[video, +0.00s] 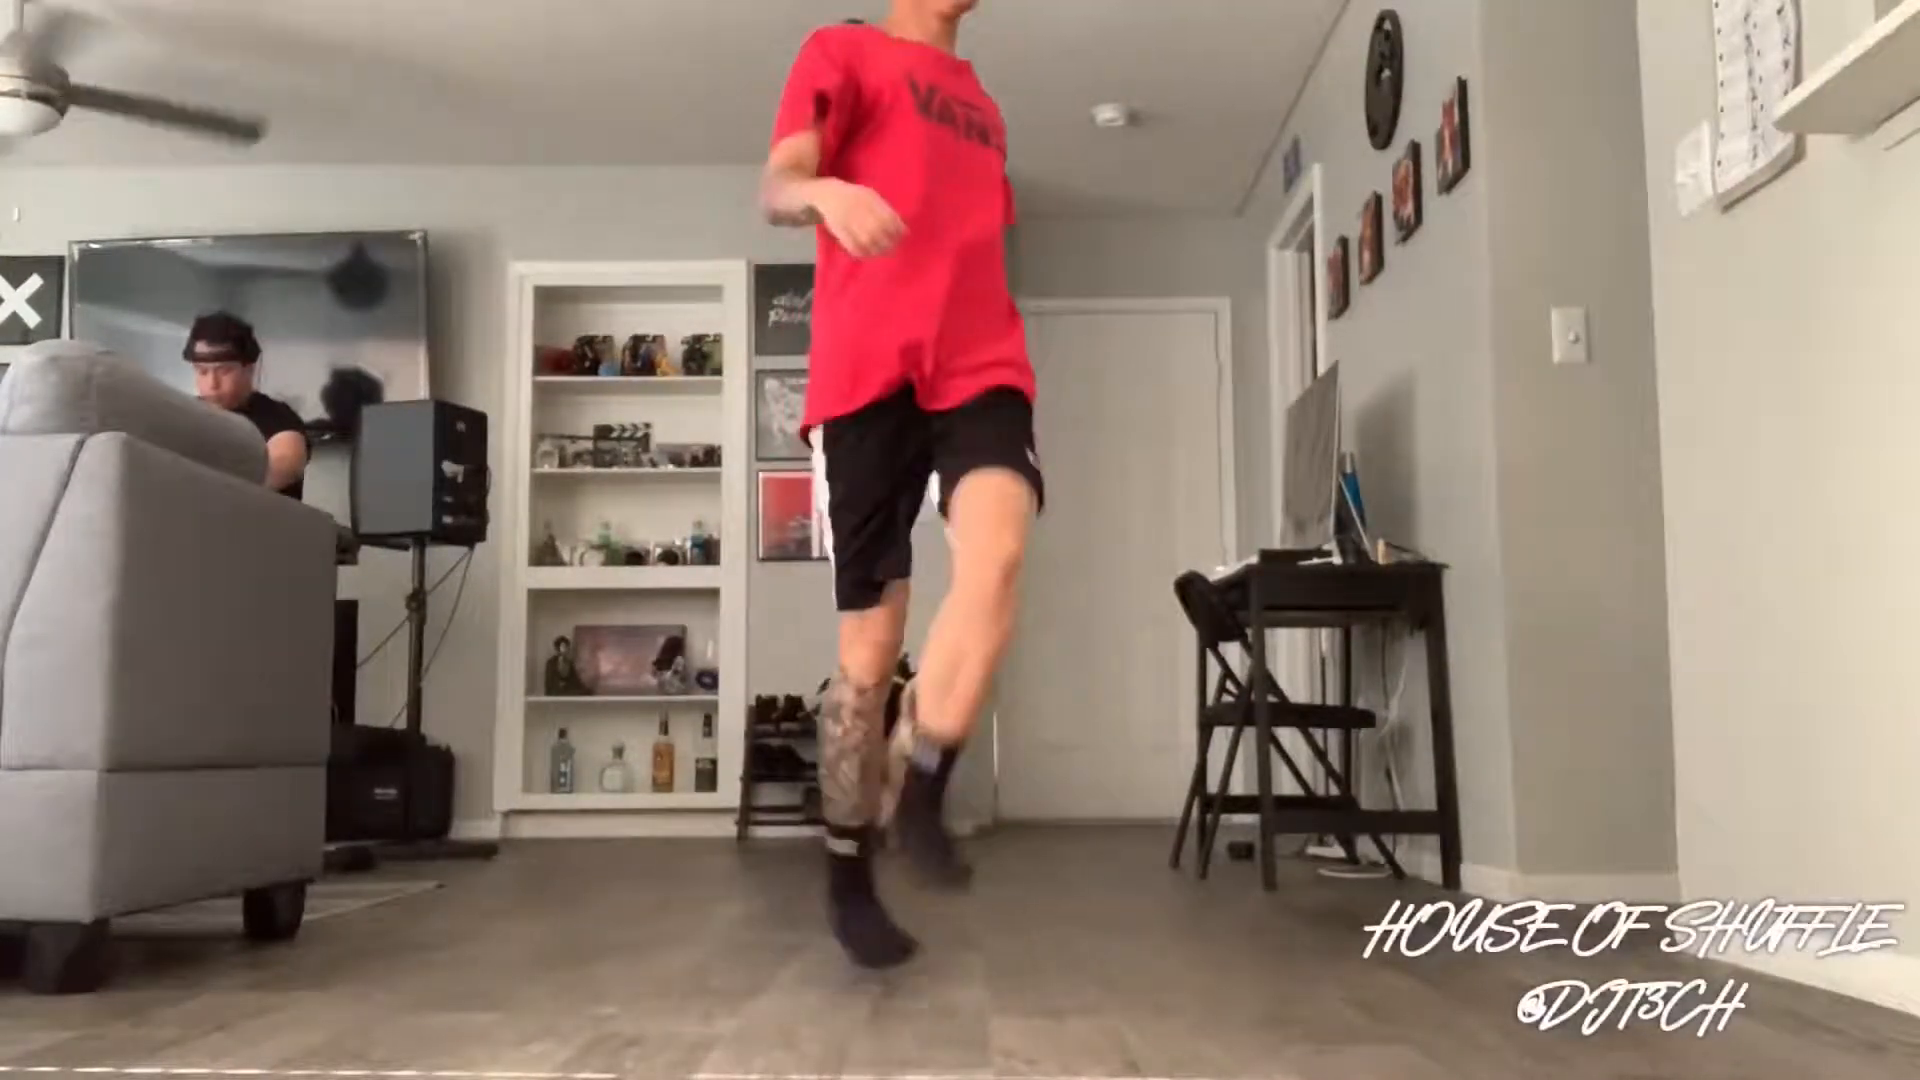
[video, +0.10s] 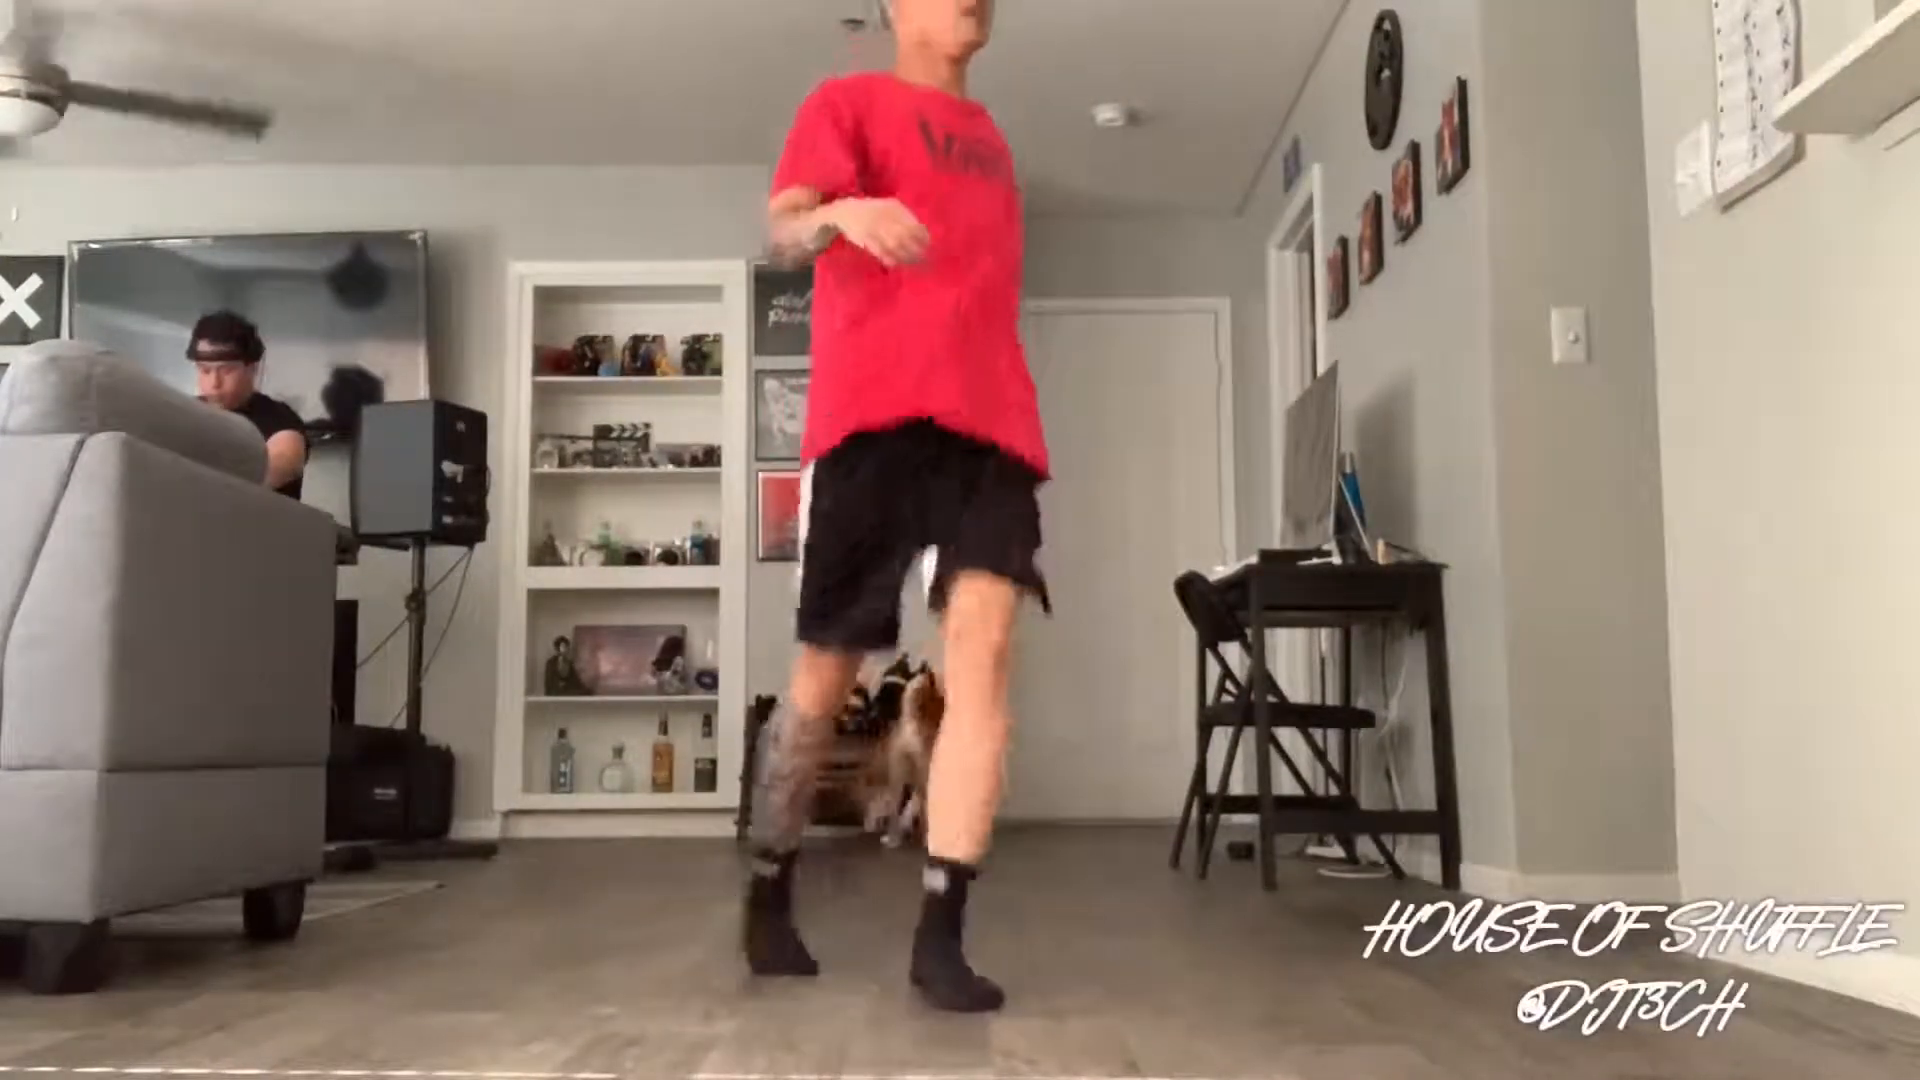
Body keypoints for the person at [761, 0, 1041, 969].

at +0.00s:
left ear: (960, 5)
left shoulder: (978, 101)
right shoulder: (842, 48)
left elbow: (977, 234)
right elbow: (778, 186)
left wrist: (990, 342)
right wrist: (827, 192)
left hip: (980, 363)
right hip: (868, 366)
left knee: (997, 553)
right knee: (874, 636)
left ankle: (921, 785)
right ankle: (848, 870)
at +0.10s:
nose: (972, 7)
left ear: (984, 19)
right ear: (897, 8)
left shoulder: (986, 138)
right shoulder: (846, 101)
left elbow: (980, 292)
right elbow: (781, 228)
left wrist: (1012, 431)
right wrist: (841, 212)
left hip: (991, 429)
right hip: (871, 423)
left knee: (982, 662)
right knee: (825, 679)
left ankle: (940, 938)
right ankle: (768, 890)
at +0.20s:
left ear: (973, 3)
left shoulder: (1010, 110)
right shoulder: (853, 65)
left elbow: (1016, 264)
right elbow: (807, 216)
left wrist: (1030, 396)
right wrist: (831, 278)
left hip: (993, 396)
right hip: (878, 390)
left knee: (962, 642)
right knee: (859, 643)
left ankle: (947, 928)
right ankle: (793, 858)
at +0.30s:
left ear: (979, 8)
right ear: (936, 3)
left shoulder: (1033, 112)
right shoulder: (854, 83)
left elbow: (1051, 254)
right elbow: (817, 235)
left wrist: (1079, 302)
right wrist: (805, 351)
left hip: (997, 375)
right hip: (883, 371)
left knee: (959, 632)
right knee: (941, 557)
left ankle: (940, 906)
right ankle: (843, 728)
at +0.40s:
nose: (966, 1)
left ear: (981, 2)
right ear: (936, 1)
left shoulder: (1046, 99)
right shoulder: (863, 85)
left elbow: (1099, 238)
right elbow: (817, 251)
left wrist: (1156, 195)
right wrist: (786, 399)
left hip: (1000, 387)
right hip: (889, 366)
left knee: (965, 651)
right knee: (991, 493)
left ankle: (946, 918)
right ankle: (897, 699)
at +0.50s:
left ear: (983, 1)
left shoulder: (1051, 92)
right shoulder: (864, 95)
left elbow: (1129, 191)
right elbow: (812, 265)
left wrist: (1170, 98)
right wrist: (769, 404)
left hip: (1023, 392)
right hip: (914, 381)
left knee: (959, 642)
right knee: (994, 579)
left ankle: (906, 875)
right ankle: (990, 828)